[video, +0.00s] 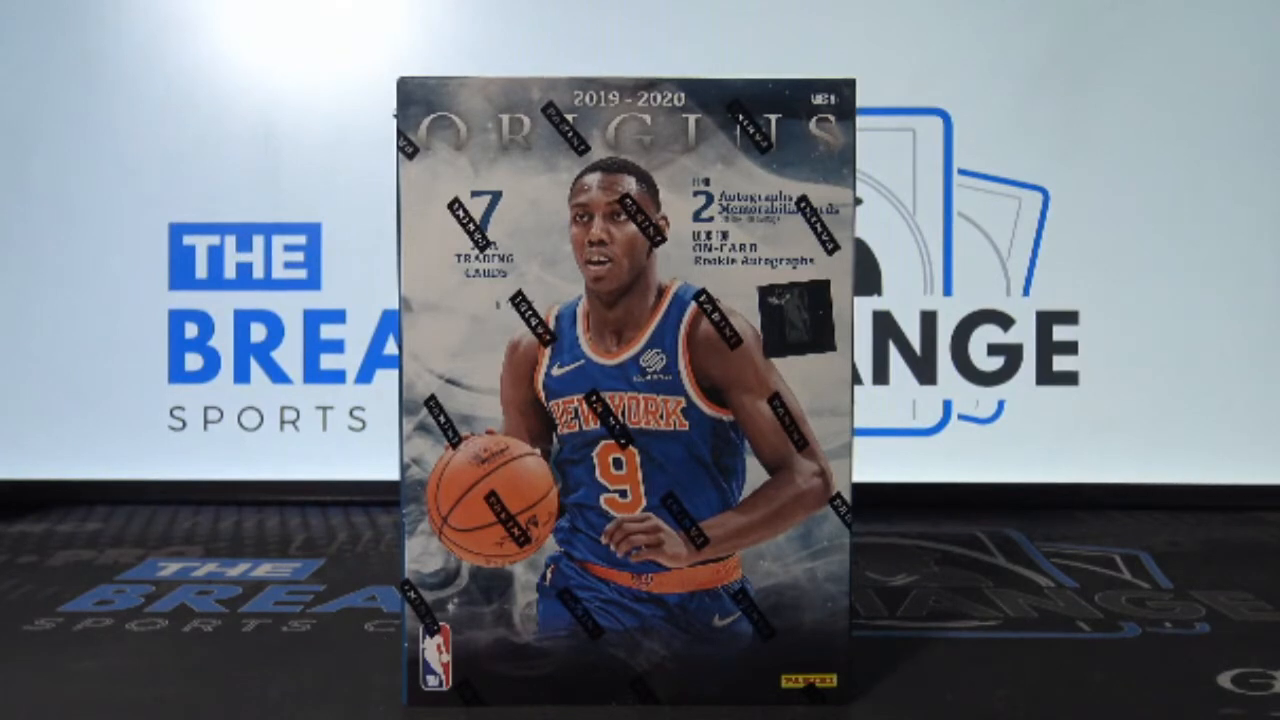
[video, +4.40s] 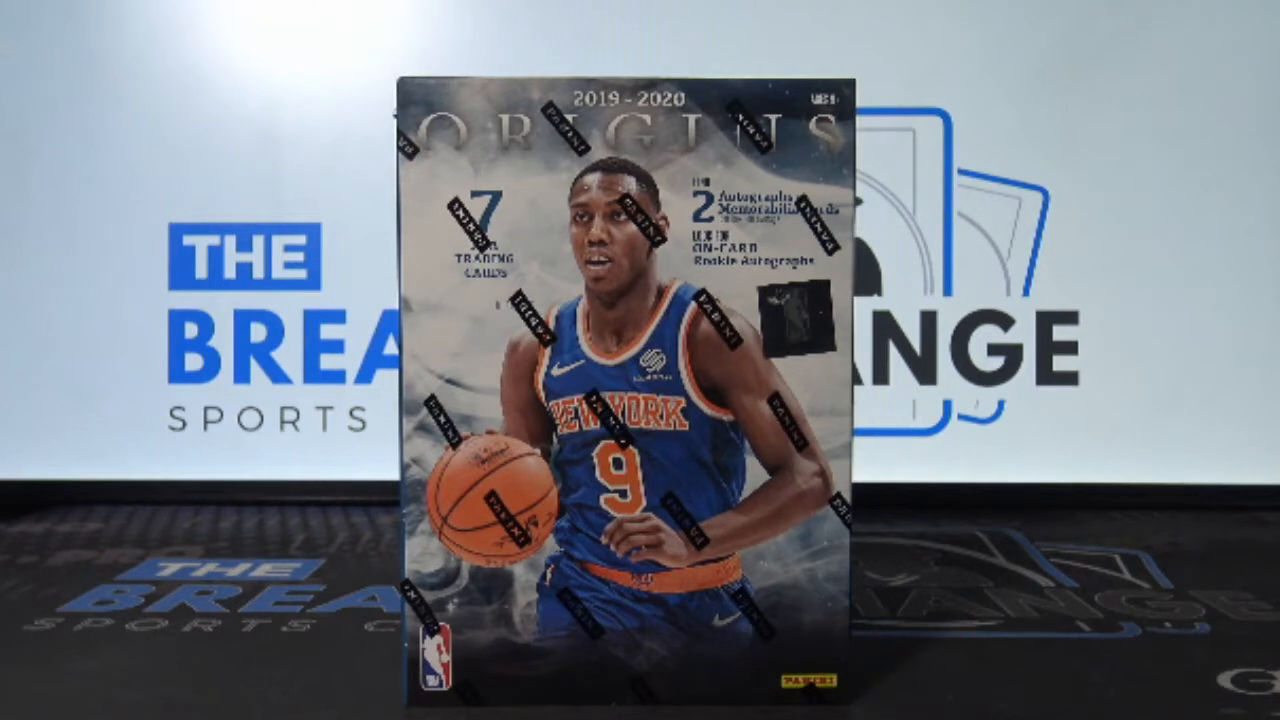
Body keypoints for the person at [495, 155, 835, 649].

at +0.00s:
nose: (595, 234)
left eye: (617, 216)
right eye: (582, 218)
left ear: (657, 230)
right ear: (570, 231)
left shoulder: (712, 334)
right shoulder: (534, 352)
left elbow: (809, 476)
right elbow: (525, 486)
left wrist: (694, 543)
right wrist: (478, 469)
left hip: (697, 611)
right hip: (583, 604)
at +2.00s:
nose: (595, 235)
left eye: (617, 216)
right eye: (582, 218)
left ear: (657, 230)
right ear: (569, 232)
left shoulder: (712, 334)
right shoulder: (534, 352)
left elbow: (810, 477)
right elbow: (529, 489)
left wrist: (696, 542)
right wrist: (486, 469)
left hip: (699, 613)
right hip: (583, 606)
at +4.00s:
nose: (595, 235)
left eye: (617, 216)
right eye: (582, 218)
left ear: (657, 230)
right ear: (569, 232)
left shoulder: (712, 335)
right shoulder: (534, 353)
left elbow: (810, 476)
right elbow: (529, 487)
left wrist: (696, 541)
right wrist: (482, 471)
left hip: (699, 613)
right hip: (584, 605)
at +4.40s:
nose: (595, 235)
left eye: (617, 216)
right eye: (582, 218)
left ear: (657, 229)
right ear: (569, 232)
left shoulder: (712, 334)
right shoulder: (534, 353)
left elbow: (810, 478)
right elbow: (529, 491)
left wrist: (696, 541)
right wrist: (487, 468)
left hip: (698, 612)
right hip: (584, 606)